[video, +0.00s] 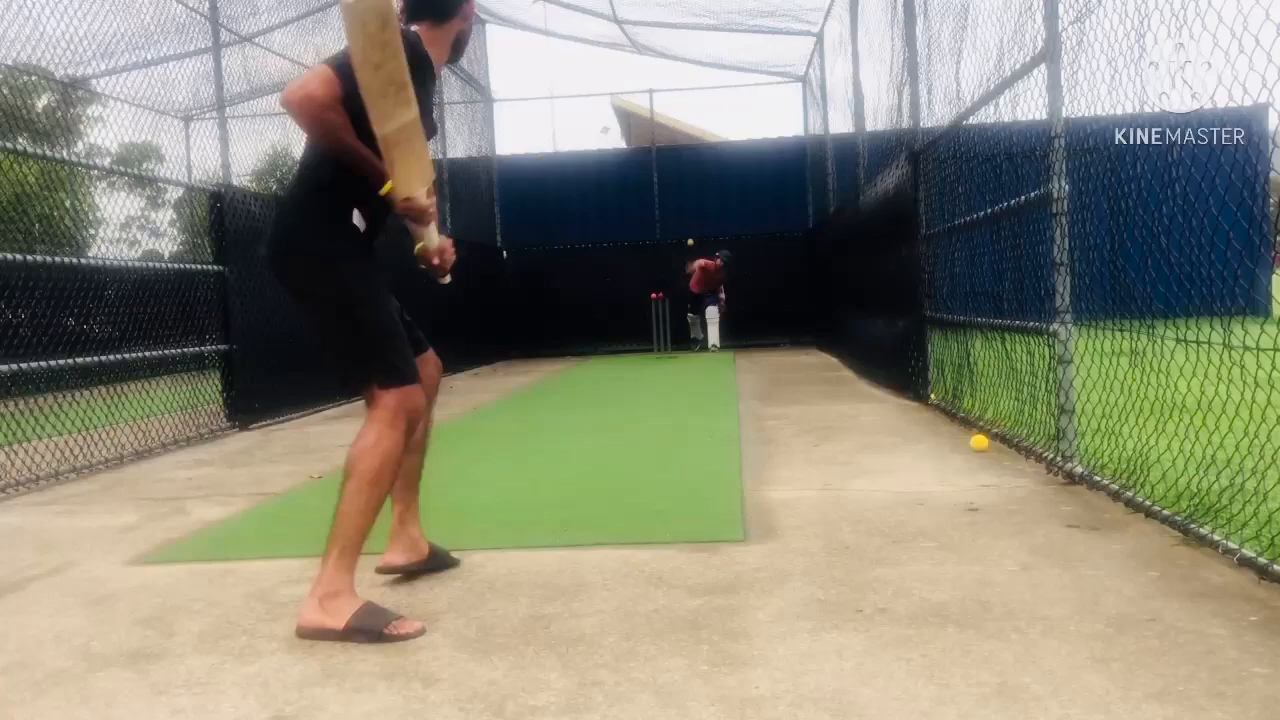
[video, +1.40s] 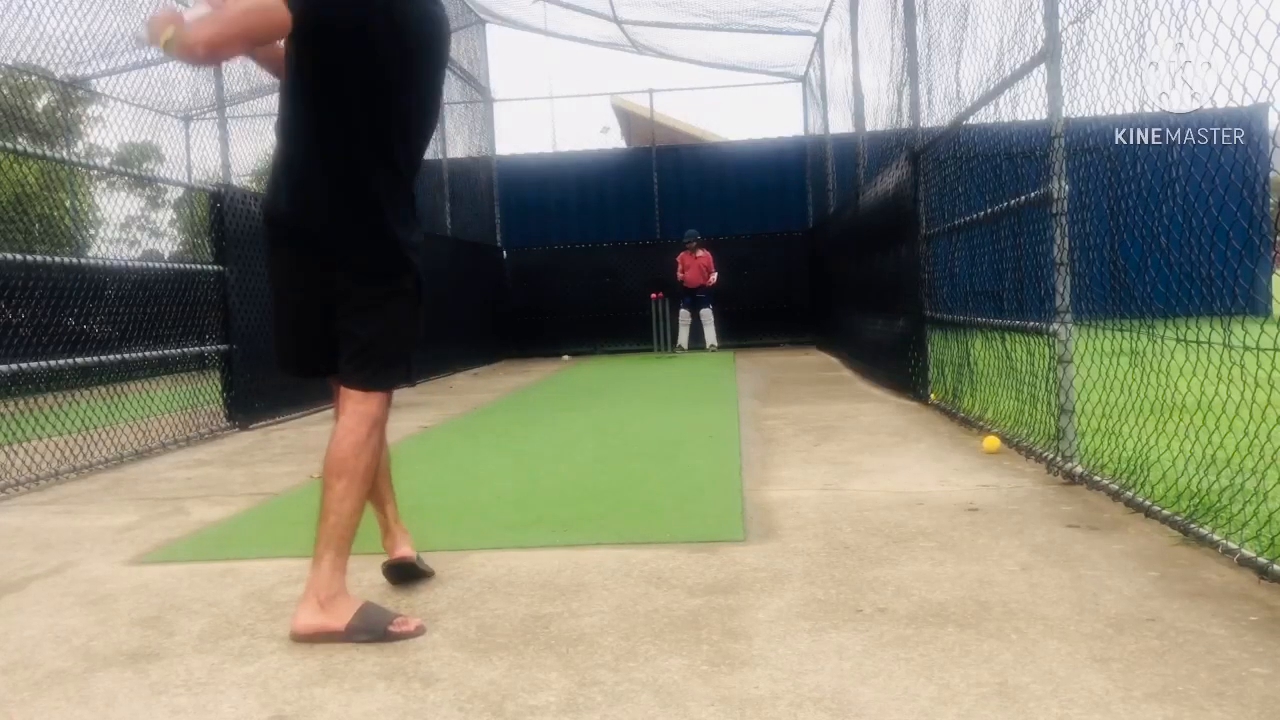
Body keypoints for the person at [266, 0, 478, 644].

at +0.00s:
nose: (477, 19)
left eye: (475, 12)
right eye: (475, 12)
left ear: (420, 11)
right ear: (465, 14)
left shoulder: (417, 73)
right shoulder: (397, 48)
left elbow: (395, 172)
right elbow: (305, 96)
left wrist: (424, 234)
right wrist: (386, 181)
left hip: (347, 246)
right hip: (319, 244)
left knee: (424, 372)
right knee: (397, 399)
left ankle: (407, 540)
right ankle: (329, 597)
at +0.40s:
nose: (478, 46)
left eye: (479, 34)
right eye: (476, 31)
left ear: (433, 29)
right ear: (453, 28)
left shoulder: (437, 103)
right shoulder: (378, 62)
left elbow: (436, 200)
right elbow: (334, 154)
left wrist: (471, 217)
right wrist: (451, 152)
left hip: (358, 260)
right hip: (319, 261)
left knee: (435, 380)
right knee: (405, 414)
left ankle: (416, 549)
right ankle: (326, 596)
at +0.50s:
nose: (470, 28)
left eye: (470, 19)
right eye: (470, 16)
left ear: (412, 15)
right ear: (459, 18)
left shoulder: (414, 75)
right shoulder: (387, 61)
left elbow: (462, 153)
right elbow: (440, 153)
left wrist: (551, 136)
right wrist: (522, 89)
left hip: (347, 250)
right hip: (322, 255)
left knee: (417, 385)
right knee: (407, 412)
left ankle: (416, 551)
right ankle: (326, 596)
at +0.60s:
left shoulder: (331, 7)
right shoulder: (419, 19)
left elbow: (370, 85)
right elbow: (466, 129)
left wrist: (458, 77)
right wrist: (499, 90)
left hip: (303, 209)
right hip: (362, 219)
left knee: (388, 391)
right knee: (391, 400)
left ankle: (412, 542)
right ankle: (327, 595)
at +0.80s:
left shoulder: (349, 17)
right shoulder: (445, 17)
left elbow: (325, 52)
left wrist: (233, 26)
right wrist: (242, 29)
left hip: (318, 203)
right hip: (399, 208)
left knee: (371, 378)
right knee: (365, 391)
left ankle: (391, 535)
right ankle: (324, 597)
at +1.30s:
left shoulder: (329, 16)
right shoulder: (419, 13)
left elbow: (259, 4)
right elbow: (266, 7)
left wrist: (325, 50)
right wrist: (318, 45)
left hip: (300, 202)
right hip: (367, 207)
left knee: (350, 382)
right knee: (358, 396)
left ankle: (393, 533)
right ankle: (324, 595)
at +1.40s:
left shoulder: (330, 10)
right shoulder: (426, 16)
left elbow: (206, 41)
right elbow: (326, 74)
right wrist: (245, 34)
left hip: (304, 211)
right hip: (376, 218)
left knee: (356, 386)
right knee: (363, 398)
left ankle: (396, 535)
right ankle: (325, 596)